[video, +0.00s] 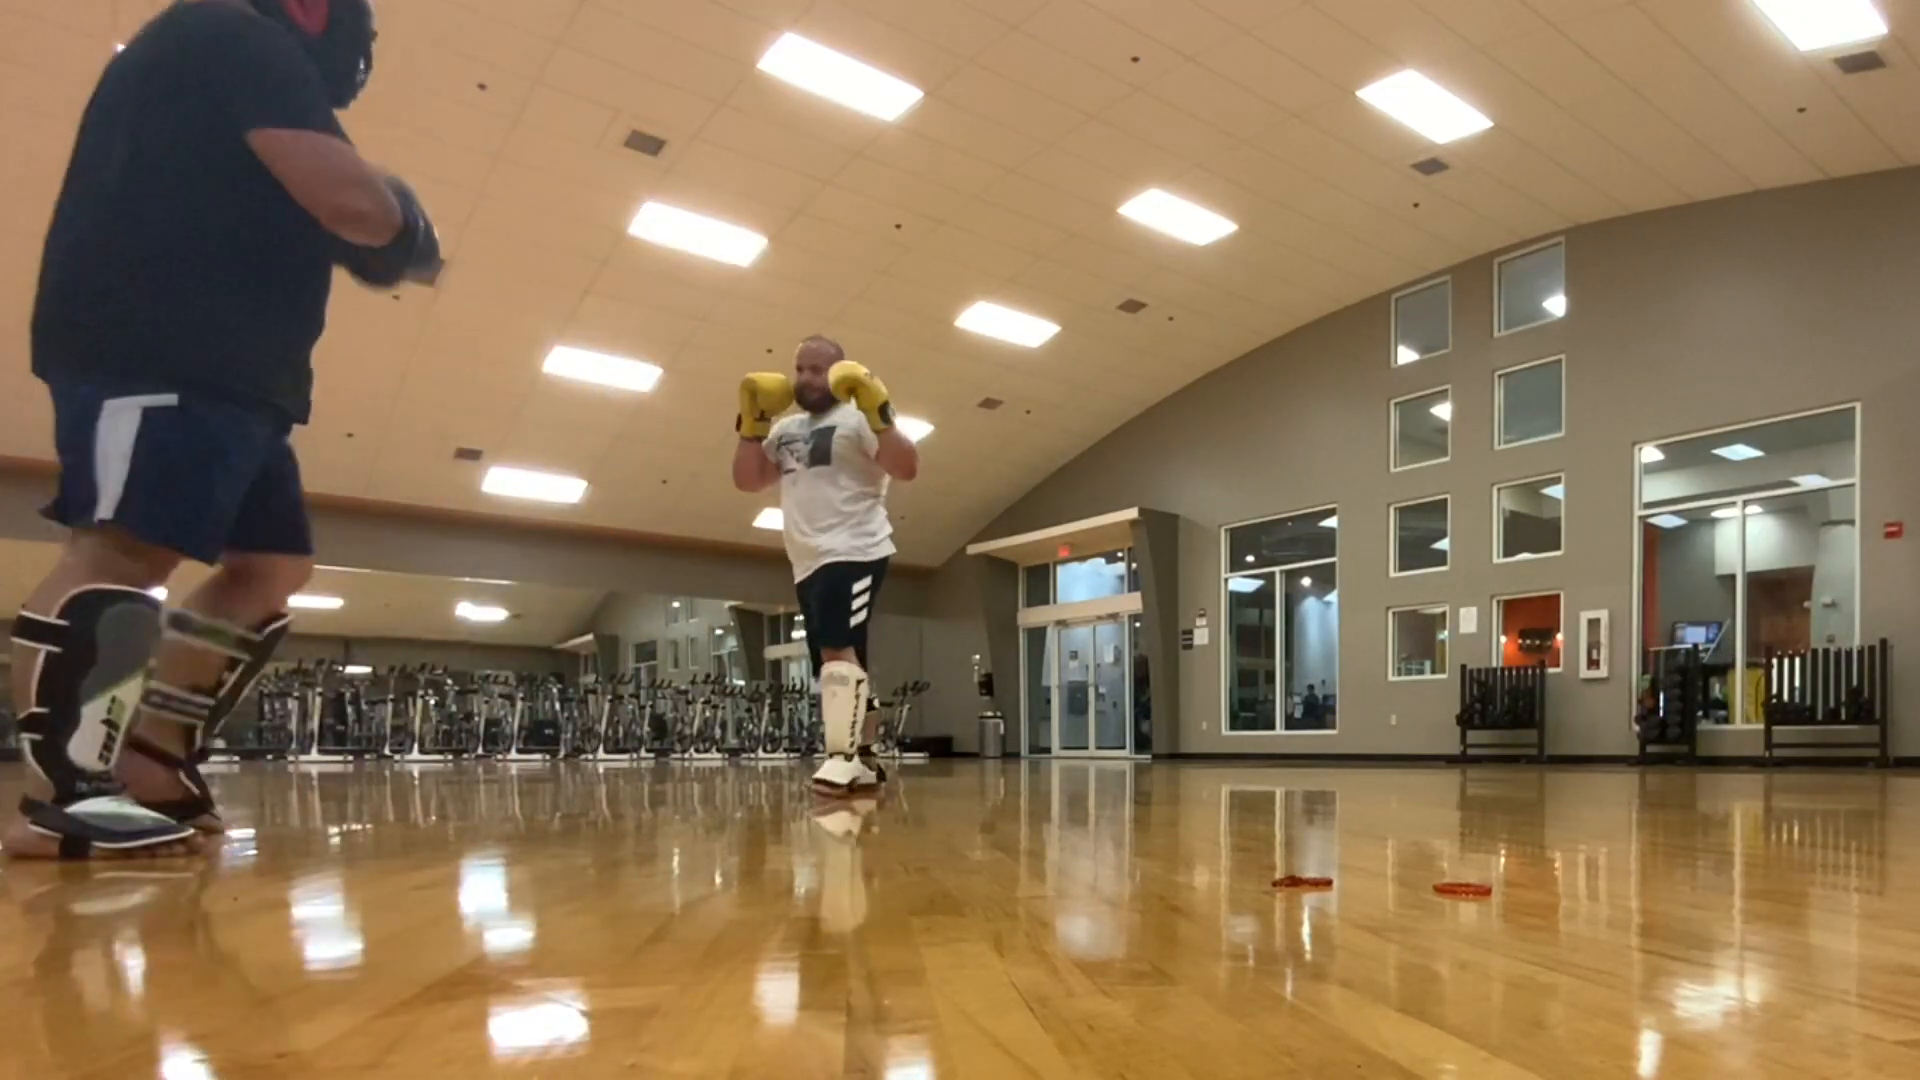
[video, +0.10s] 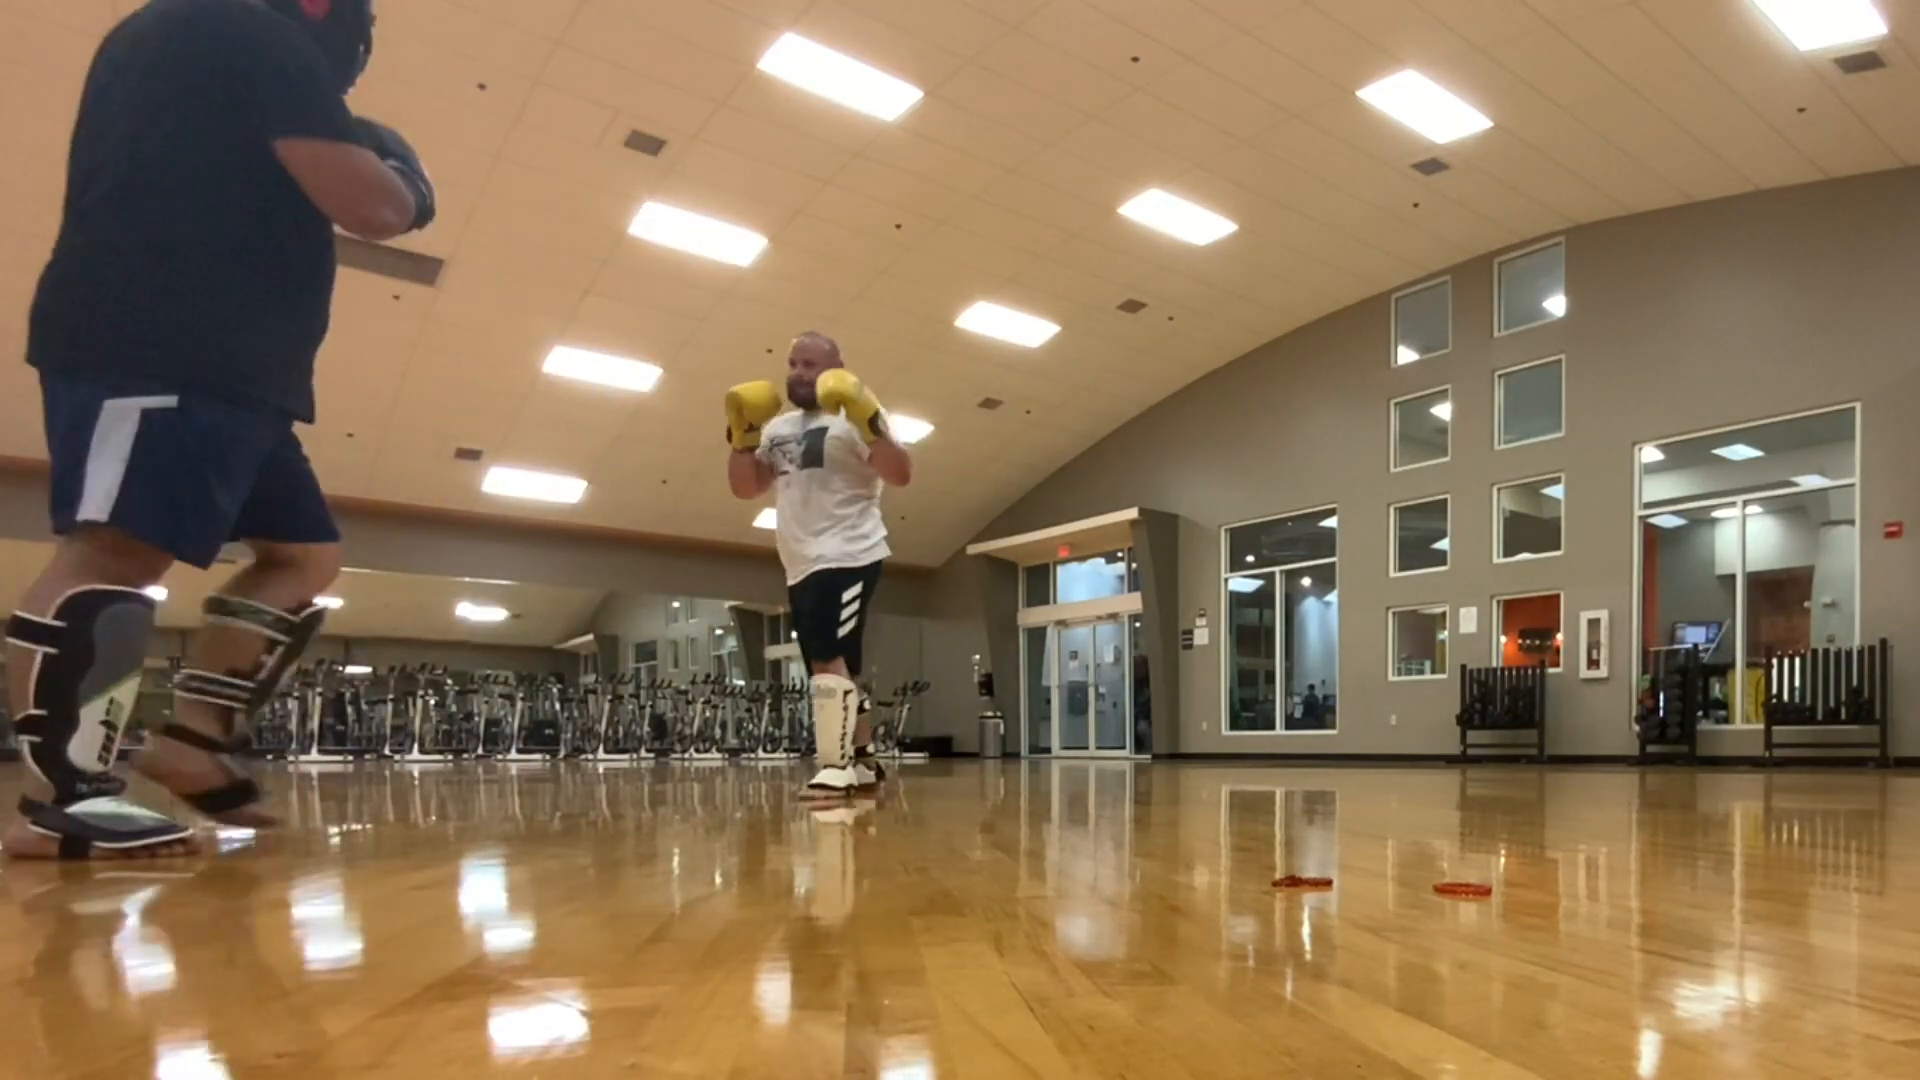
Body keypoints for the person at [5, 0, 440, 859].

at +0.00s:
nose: (362, 49)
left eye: (366, 37)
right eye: (358, 28)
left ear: (292, 10)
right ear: (307, 6)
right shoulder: (240, 36)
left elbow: (264, 211)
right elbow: (350, 203)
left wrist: (371, 249)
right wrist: (410, 226)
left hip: (216, 366)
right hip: (161, 350)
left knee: (272, 562)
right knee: (128, 551)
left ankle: (152, 760)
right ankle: (40, 785)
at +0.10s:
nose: (349, 60)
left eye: (355, 48)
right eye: (351, 39)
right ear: (316, 5)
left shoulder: (148, 31)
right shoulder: (256, 31)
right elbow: (372, 206)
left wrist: (345, 151)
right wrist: (407, 178)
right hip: (169, 349)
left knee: (304, 551)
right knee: (113, 556)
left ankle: (193, 739)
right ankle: (34, 790)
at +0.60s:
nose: (448, 26)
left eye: (448, 21)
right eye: (445, 16)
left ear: (333, 0)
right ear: (416, 2)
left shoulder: (279, 76)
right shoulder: (402, 48)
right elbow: (525, 205)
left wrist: (484, 220)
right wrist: (549, 201)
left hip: (294, 348)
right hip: (379, 343)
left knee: (364, 569)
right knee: (398, 560)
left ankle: (379, 784)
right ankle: (184, 725)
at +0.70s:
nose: (486, 32)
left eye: (485, 24)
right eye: (481, 19)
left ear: (371, 4)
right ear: (448, 4)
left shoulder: (314, 78)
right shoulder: (440, 52)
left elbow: (392, 209)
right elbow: (560, 203)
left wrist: (512, 208)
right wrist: (579, 187)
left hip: (322, 353)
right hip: (417, 346)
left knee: (374, 566)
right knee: (479, 542)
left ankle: (345, 762)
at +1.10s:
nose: (683, 61)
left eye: (684, 47)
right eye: (681, 44)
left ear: (566, 24)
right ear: (659, 32)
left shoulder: (474, 93)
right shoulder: (675, 109)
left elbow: (420, 220)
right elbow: (744, 261)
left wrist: (518, 239)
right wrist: (658, 229)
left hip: (503, 379)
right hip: (623, 377)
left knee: (525, 563)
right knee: (672, 562)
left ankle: (430, 766)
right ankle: (650, 789)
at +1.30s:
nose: (753, 58)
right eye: (748, 45)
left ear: (632, 24)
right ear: (728, 42)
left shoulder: (555, 73)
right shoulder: (767, 118)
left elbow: (493, 193)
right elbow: (818, 271)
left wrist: (593, 186)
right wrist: (739, 215)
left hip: (565, 373)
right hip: (689, 376)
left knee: (602, 573)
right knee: (667, 573)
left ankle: (626, 778)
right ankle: (650, 795)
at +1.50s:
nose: (791, 96)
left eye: (670, 54)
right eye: (790, 87)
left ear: (677, 61)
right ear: (775, 85)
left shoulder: (608, 118)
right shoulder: (810, 155)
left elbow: (537, 234)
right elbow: (847, 302)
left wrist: (636, 234)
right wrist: (764, 256)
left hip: (634, 393)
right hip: (747, 391)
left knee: (670, 587)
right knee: (741, 576)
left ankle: (683, 782)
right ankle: (657, 780)